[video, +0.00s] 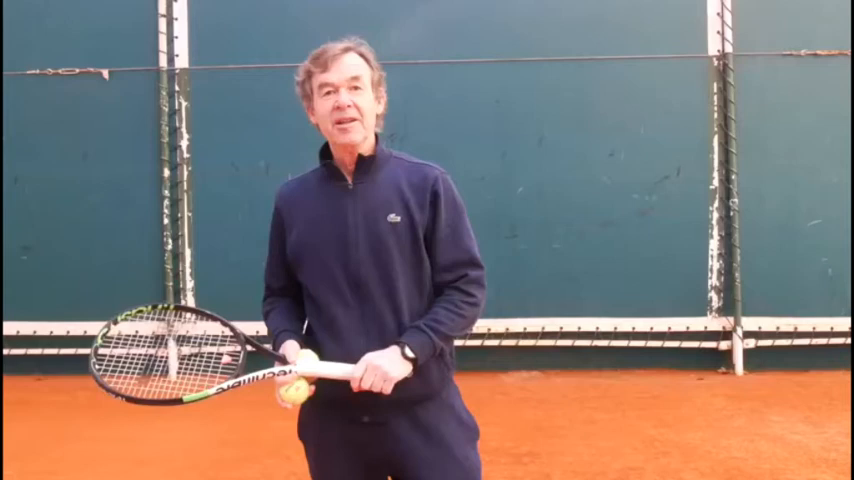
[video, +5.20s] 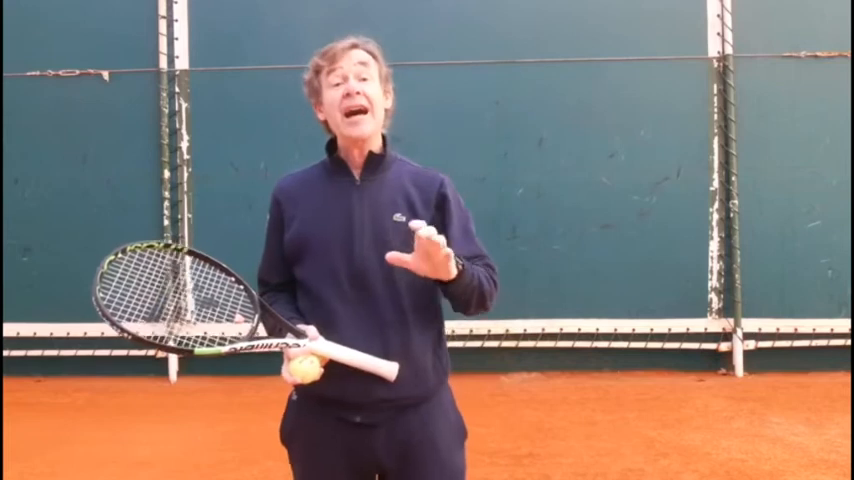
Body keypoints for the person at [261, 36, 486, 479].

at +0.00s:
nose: (342, 101)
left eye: (355, 87)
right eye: (327, 91)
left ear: (379, 101)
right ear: (312, 112)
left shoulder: (428, 186)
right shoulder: (292, 201)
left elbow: (466, 288)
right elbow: (280, 294)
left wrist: (404, 353)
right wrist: (287, 343)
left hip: (426, 418)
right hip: (333, 422)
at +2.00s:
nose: (336, 102)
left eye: (348, 90)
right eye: (321, 95)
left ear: (370, 107)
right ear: (306, 120)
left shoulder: (416, 195)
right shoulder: (281, 211)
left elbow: (455, 289)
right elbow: (267, 307)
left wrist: (399, 339)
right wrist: (294, 346)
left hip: (417, 418)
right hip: (325, 424)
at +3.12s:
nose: (392, 90)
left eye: (407, 80)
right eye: (378, 82)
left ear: (429, 102)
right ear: (361, 105)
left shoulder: (462, 198)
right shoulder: (320, 197)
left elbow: (491, 296)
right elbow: (297, 294)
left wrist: (448, 344)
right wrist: (325, 336)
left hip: (451, 423)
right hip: (355, 423)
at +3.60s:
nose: (437, 96)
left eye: (451, 84)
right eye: (422, 84)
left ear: (473, 102)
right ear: (401, 103)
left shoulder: (503, 203)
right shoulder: (357, 195)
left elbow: (533, 300)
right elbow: (330, 295)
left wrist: (502, 315)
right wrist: (354, 346)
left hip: (480, 433)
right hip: (381, 427)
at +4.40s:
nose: (441, 98)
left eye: (457, 85)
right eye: (426, 85)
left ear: (479, 102)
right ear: (406, 101)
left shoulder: (510, 202)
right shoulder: (367, 187)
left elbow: (534, 313)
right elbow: (340, 282)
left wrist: (454, 352)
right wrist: (350, 329)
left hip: (469, 434)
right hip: (369, 428)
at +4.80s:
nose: (392, 86)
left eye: (405, 75)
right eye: (377, 78)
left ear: (428, 96)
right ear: (359, 103)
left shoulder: (469, 192)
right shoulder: (326, 190)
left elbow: (505, 293)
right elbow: (304, 288)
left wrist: (445, 322)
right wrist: (324, 333)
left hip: (445, 426)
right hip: (347, 422)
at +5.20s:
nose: (352, 87)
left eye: (364, 76)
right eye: (337, 80)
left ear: (387, 97)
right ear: (321, 109)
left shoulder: (431, 189)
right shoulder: (291, 197)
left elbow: (483, 293)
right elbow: (274, 292)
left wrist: (451, 273)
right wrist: (297, 337)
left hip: (420, 415)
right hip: (324, 418)